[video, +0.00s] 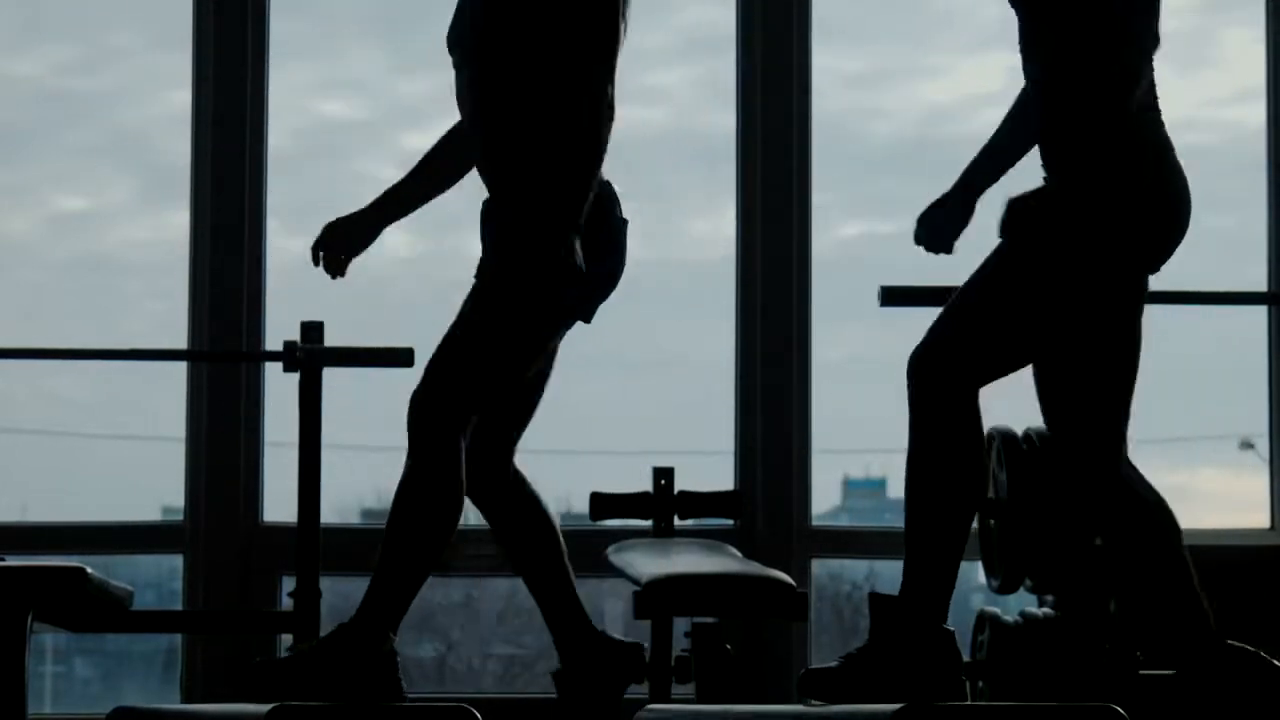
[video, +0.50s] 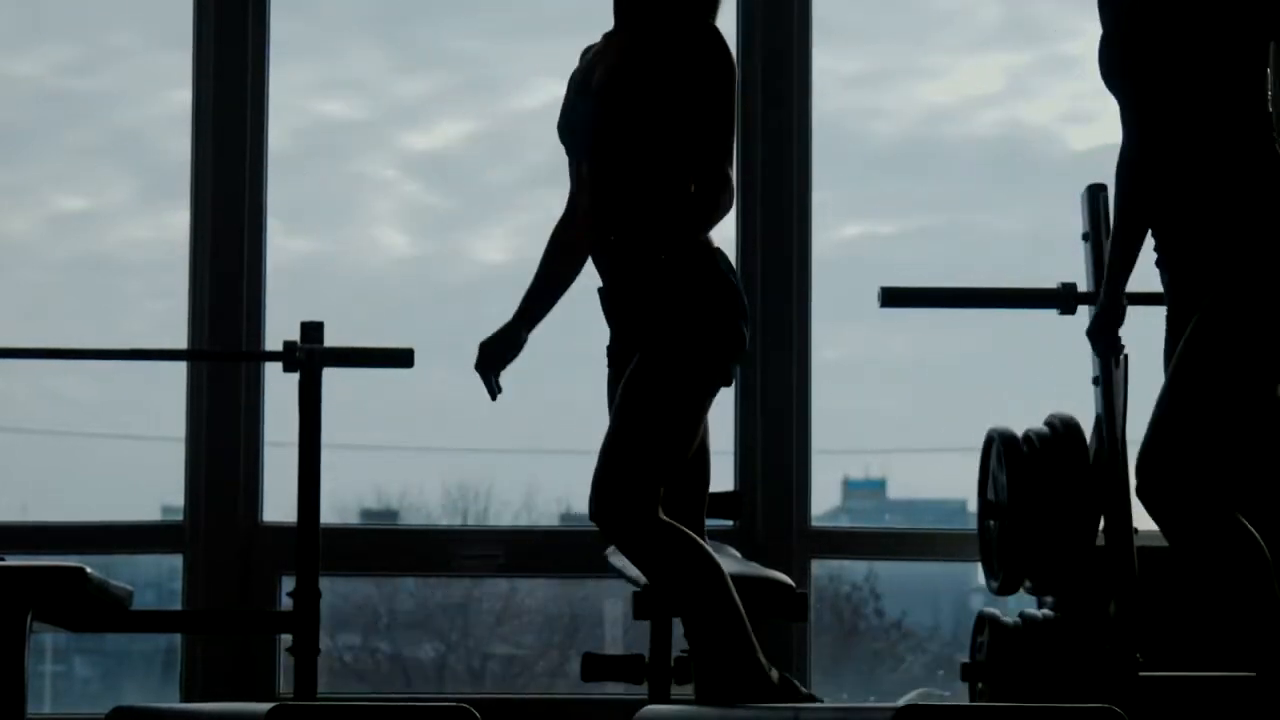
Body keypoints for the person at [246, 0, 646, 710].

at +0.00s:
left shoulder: (492, 13)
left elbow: (480, 129)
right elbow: (478, 127)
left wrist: (370, 219)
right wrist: (373, 218)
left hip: (533, 247)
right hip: (547, 245)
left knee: (435, 418)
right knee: (486, 462)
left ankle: (366, 644)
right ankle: (586, 651)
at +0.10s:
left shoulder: (628, 34)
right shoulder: (511, 39)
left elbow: (664, 163)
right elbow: (438, 160)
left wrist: (653, 267)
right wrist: (305, 204)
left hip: (607, 293)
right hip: (562, 295)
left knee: (456, 419)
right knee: (601, 523)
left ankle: (370, 642)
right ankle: (682, 701)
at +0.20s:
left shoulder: (646, 72)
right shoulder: (531, 86)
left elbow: (697, 197)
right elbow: (433, 196)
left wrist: (714, 295)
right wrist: (302, 198)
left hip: (658, 328)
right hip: (609, 331)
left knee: (492, 414)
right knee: (623, 562)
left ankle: (392, 632)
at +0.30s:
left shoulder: (674, 58)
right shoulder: (557, 69)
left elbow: (719, 194)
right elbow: (483, 200)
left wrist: (721, 307)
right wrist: (368, 217)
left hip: (674, 313)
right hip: (628, 316)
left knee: (524, 404)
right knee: (646, 554)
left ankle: (485, 646)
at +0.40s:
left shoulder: (694, 38)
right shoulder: (574, 48)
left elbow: (719, 179)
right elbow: (535, 192)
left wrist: (691, 278)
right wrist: (445, 259)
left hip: (685, 301)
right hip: (643, 303)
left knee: (557, 434)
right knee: (668, 529)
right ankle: (729, 707)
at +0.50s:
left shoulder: (698, 45)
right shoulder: (595, 62)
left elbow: (716, 188)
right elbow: (582, 211)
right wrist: (521, 323)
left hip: (691, 304)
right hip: (638, 309)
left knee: (623, 504)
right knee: (668, 509)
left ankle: (744, 677)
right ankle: (739, 678)